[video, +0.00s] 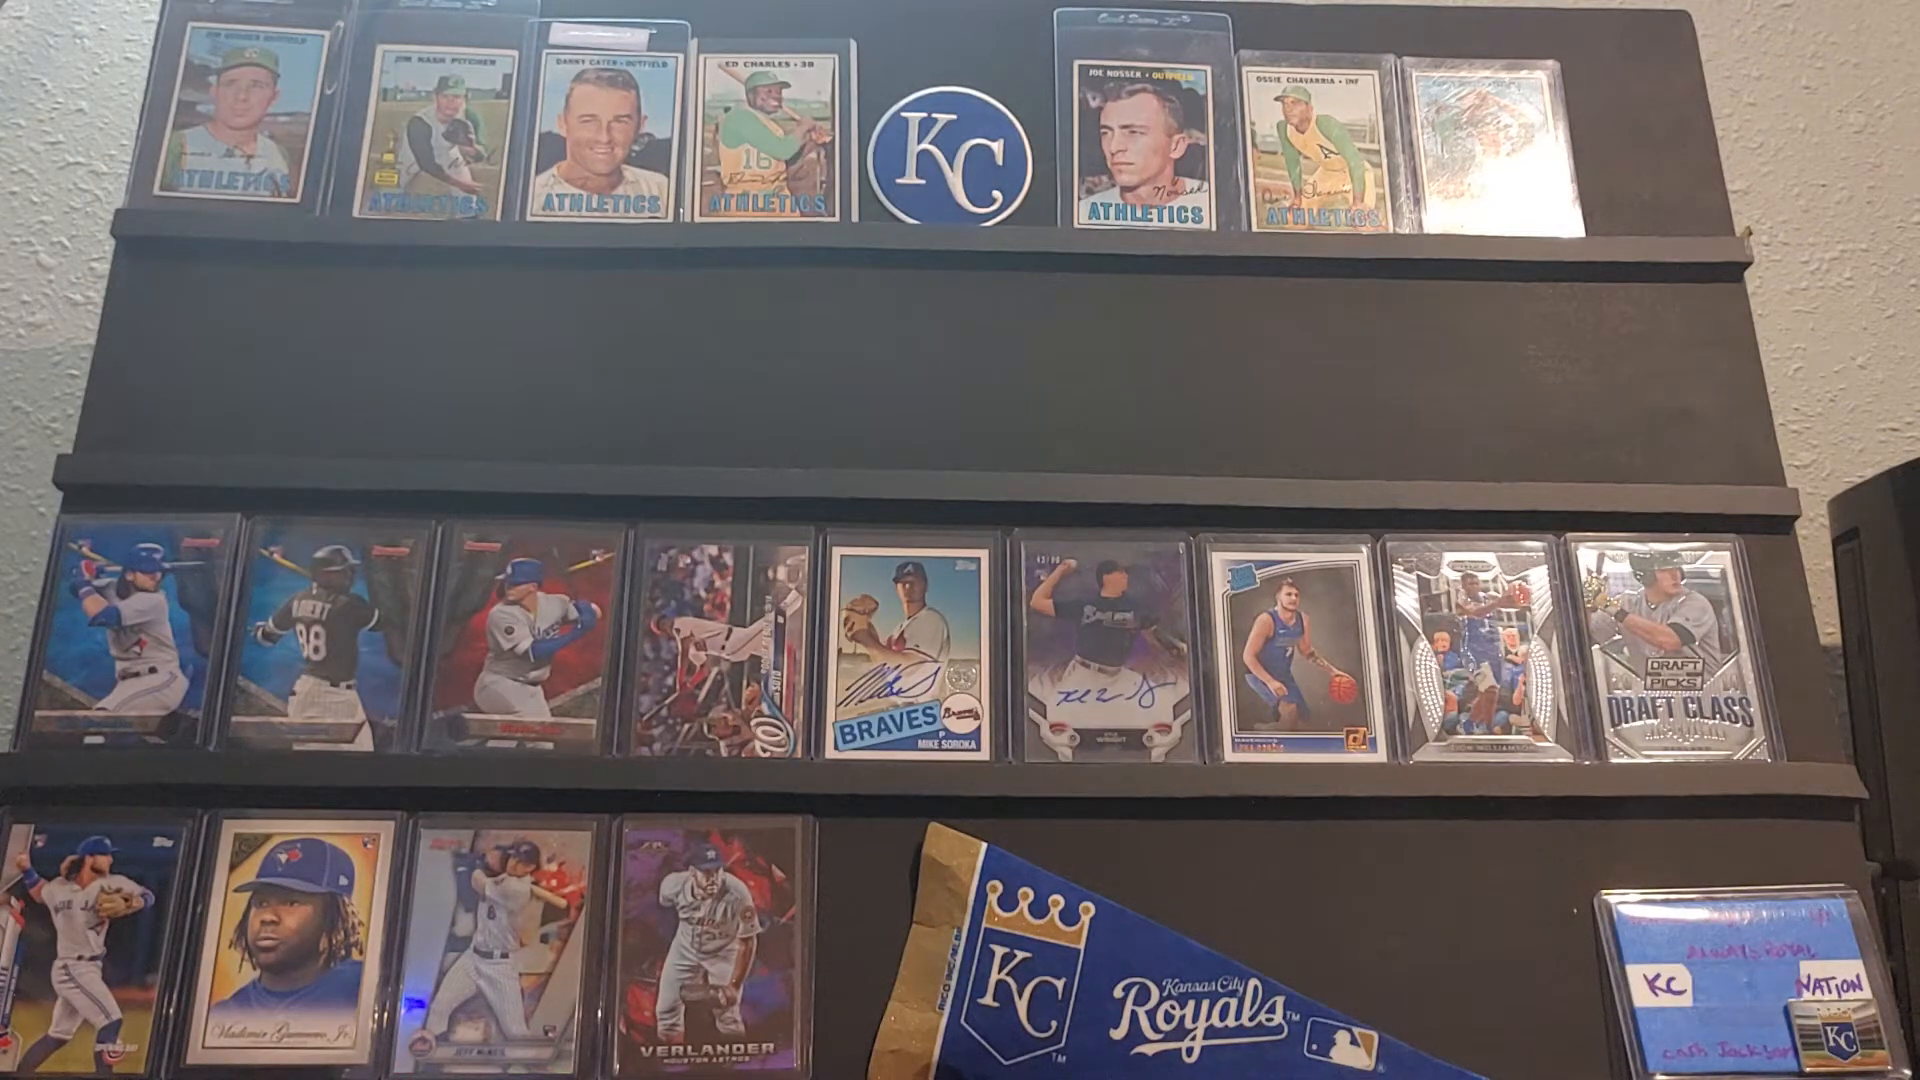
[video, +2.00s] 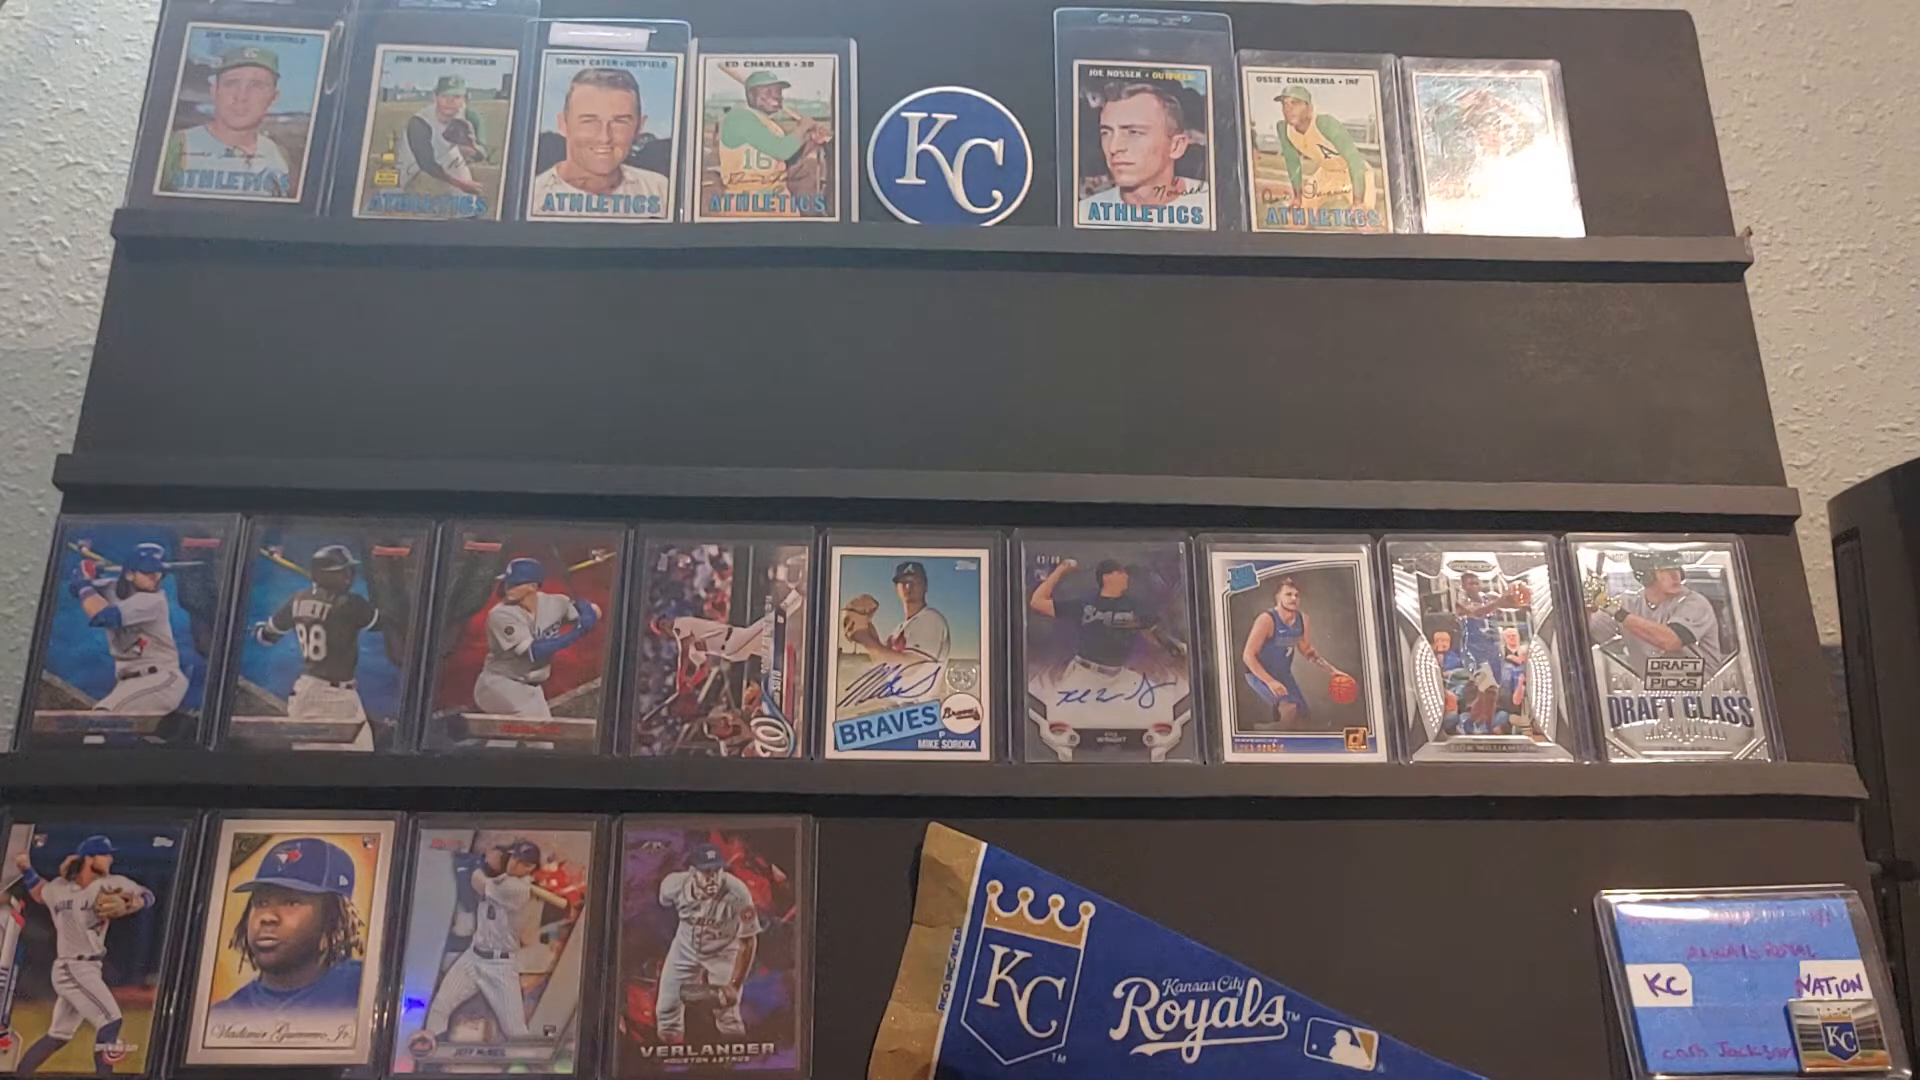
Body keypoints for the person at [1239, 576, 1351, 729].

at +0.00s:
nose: (1293, 599)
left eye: (1296, 595)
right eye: (1288, 595)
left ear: (1299, 598)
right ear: (1278, 598)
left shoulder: (1302, 619)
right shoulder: (1265, 620)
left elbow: (1307, 651)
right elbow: (1248, 656)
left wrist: (1333, 671)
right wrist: (1270, 682)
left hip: (1283, 673)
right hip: (1260, 673)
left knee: (1302, 716)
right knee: (1289, 707)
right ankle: (1284, 750)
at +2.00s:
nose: (1294, 599)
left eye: (1296, 595)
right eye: (1288, 595)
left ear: (1299, 598)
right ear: (1278, 598)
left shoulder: (1302, 619)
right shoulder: (1266, 620)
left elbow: (1307, 650)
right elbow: (1248, 656)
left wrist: (1333, 671)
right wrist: (1270, 681)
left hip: (1283, 673)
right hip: (1260, 673)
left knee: (1302, 713)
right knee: (1289, 707)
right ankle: (1281, 750)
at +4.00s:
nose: (1293, 599)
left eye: (1296, 595)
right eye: (1288, 594)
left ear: (1300, 598)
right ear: (1278, 598)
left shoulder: (1302, 619)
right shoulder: (1266, 620)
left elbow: (1307, 651)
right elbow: (1248, 656)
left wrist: (1332, 671)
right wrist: (1270, 681)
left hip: (1283, 672)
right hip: (1260, 672)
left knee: (1301, 713)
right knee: (1289, 706)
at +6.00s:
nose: (1293, 599)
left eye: (1296, 595)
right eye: (1288, 594)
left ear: (1300, 598)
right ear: (1278, 598)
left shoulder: (1302, 619)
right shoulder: (1266, 620)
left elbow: (1306, 650)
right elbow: (1248, 656)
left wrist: (1333, 671)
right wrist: (1271, 682)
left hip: (1284, 674)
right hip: (1260, 673)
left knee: (1302, 712)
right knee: (1288, 705)